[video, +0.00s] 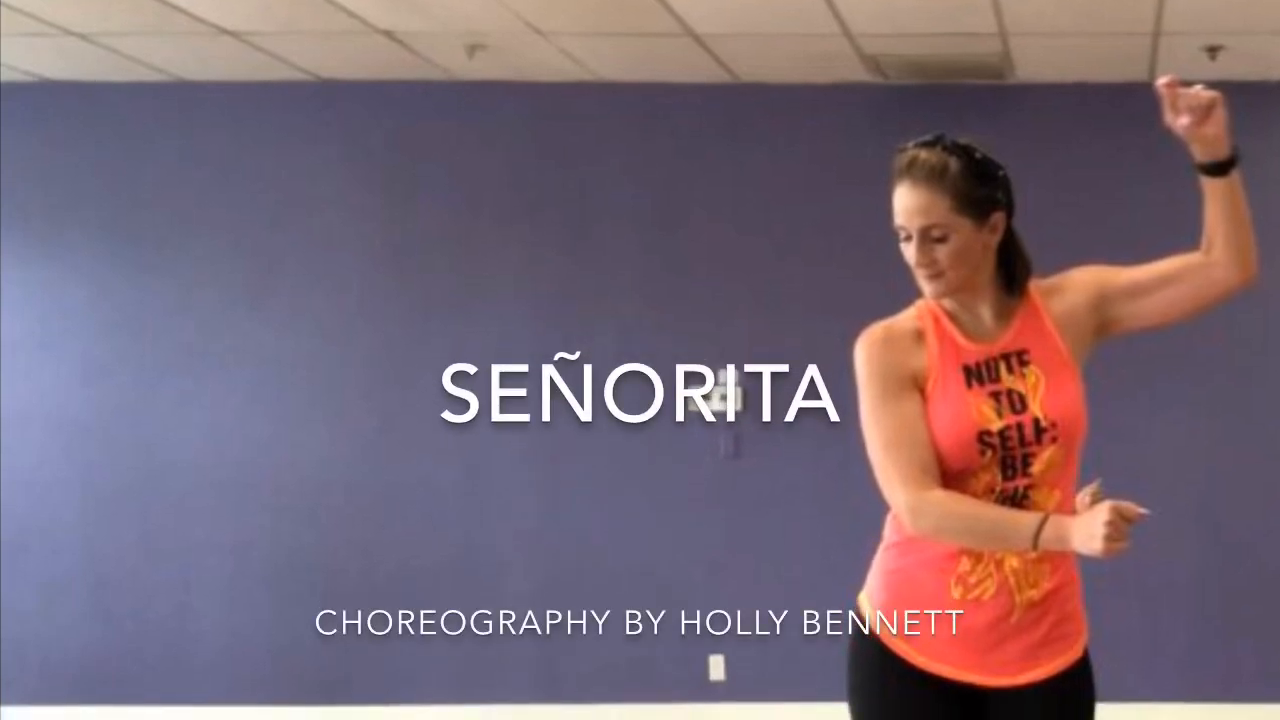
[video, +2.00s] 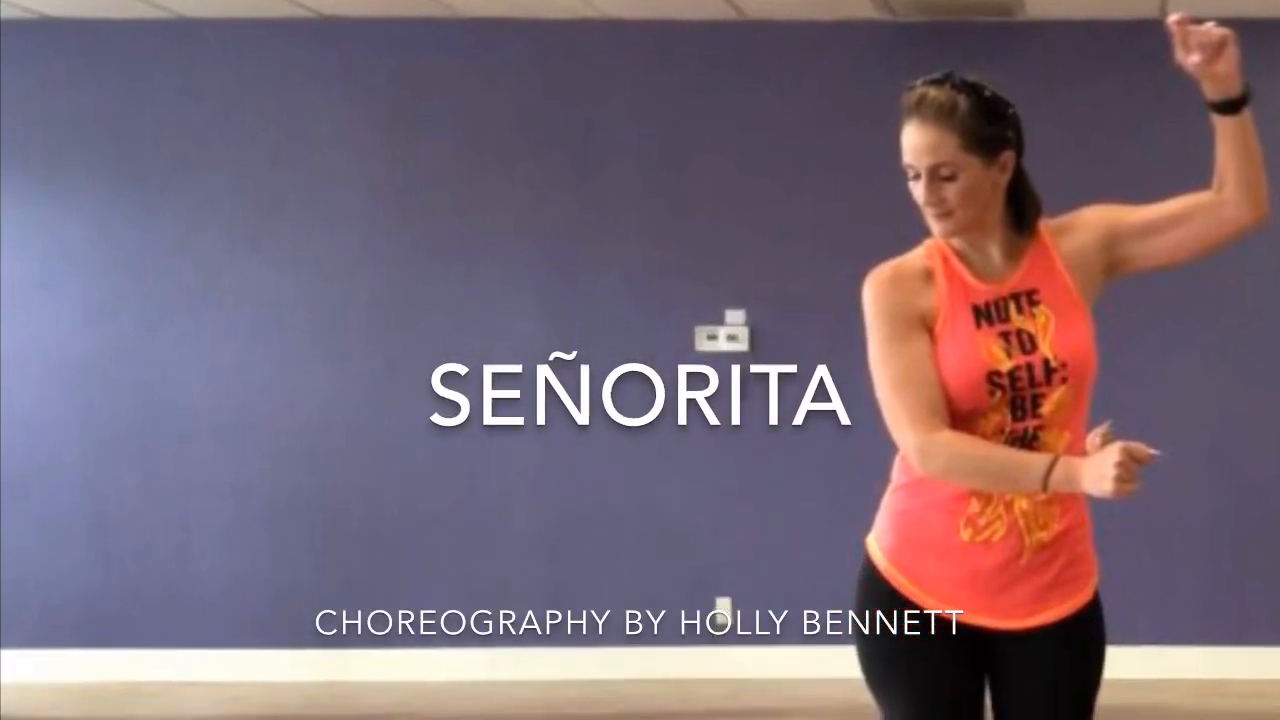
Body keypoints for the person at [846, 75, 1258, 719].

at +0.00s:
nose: (918, 256)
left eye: (937, 235)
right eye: (905, 236)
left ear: (994, 225)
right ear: (894, 233)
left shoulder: (1074, 306)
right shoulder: (890, 349)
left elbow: (1230, 267)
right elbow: (918, 506)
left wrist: (1214, 156)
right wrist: (1064, 531)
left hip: (1041, 662)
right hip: (911, 659)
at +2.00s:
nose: (926, 195)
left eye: (945, 175)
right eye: (913, 177)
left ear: (1003, 164)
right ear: (903, 173)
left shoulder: (1085, 244)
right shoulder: (898, 289)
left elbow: (1241, 206)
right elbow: (925, 447)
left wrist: (1224, 93)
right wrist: (1070, 471)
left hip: (1051, 604)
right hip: (917, 603)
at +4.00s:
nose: (934, 131)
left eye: (952, 110)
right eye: (921, 114)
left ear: (1011, 103)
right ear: (911, 112)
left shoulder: (1093, 183)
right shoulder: (908, 226)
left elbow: (1251, 144)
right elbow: (934, 386)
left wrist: (1237, 33)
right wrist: (1082, 413)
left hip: (1062, 543)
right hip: (938, 544)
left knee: (1058, 712)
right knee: (948, 711)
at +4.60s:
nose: (978, 99)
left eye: (993, 79)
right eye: (959, 81)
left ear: (1021, 82)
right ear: (929, 90)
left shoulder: (1088, 166)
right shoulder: (911, 208)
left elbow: (1249, 129)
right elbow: (934, 370)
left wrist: (1244, 28)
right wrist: (1087, 398)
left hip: (1069, 534)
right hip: (957, 538)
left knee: (1061, 712)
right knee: (957, 712)